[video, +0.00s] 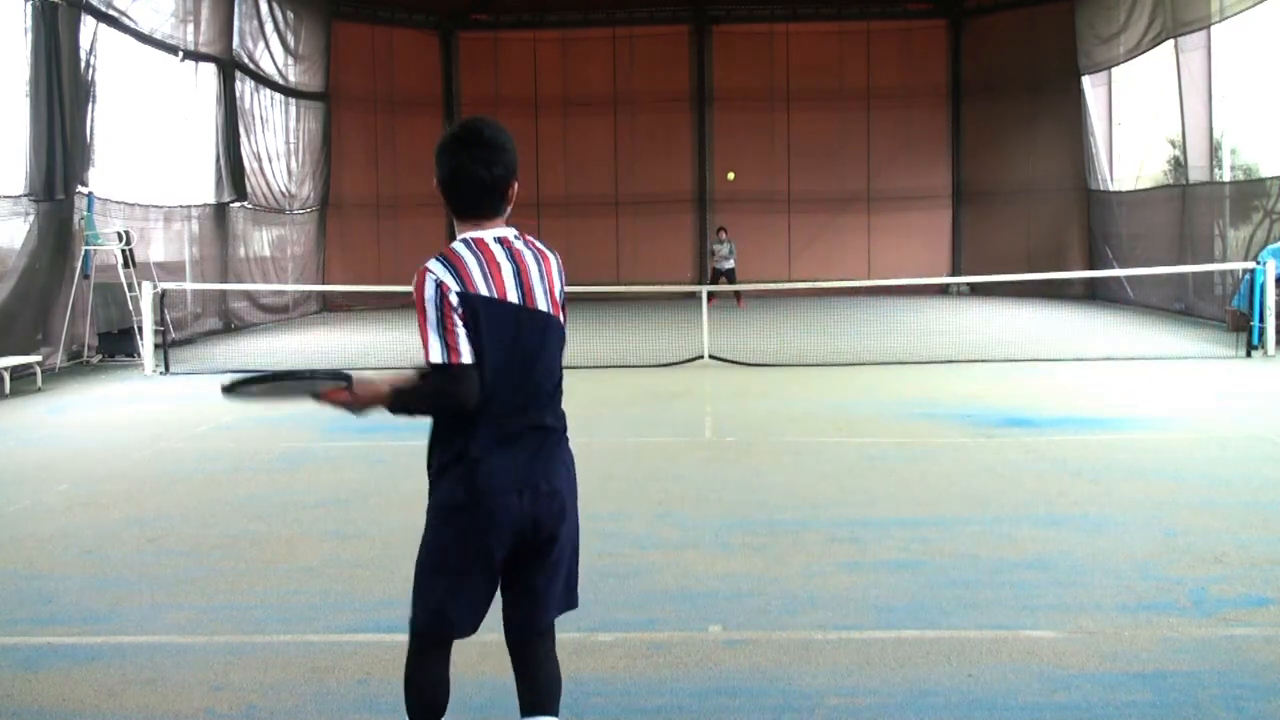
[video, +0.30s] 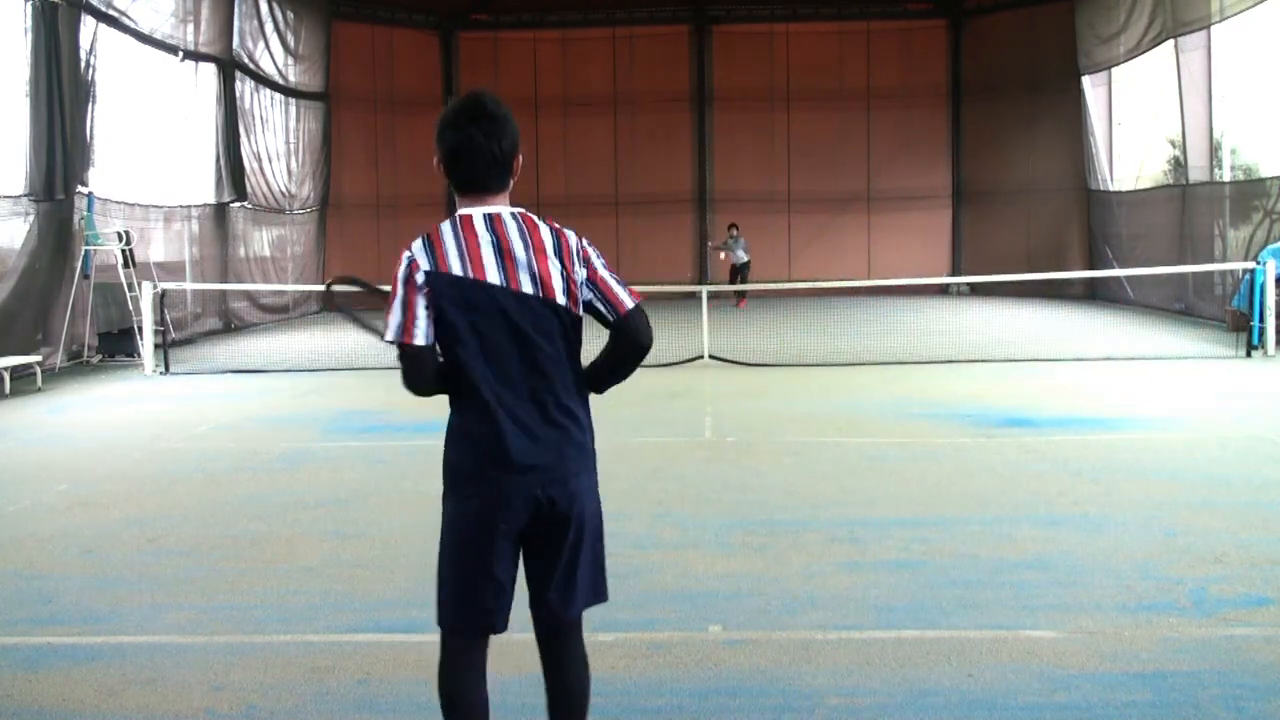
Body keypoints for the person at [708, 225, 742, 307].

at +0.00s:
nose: (722, 236)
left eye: (723, 234)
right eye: (720, 234)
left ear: (726, 235)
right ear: (717, 235)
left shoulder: (730, 244)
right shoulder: (714, 245)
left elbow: (732, 256)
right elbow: (712, 256)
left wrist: (721, 256)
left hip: (729, 267)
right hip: (717, 267)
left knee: (734, 284)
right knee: (712, 284)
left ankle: (739, 300)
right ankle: (710, 299)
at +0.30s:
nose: (733, 232)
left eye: (734, 230)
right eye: (731, 230)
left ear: (737, 231)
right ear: (728, 232)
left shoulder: (740, 240)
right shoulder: (728, 241)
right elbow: (722, 247)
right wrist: (713, 247)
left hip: (744, 262)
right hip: (735, 263)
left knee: (743, 281)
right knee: (732, 282)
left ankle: (743, 298)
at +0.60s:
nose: (740, 238)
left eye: (742, 235)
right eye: (738, 236)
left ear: (745, 236)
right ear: (736, 237)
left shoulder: (748, 244)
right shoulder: (740, 247)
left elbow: (736, 252)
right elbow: (738, 256)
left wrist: (726, 256)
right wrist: (730, 259)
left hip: (756, 266)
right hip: (747, 269)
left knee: (761, 283)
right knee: (745, 286)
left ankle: (776, 295)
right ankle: (753, 299)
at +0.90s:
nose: (754, 225)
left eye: (756, 223)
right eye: (752, 224)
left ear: (759, 224)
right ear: (750, 225)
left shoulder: (764, 232)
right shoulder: (749, 235)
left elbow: (767, 230)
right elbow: (746, 242)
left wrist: (764, 225)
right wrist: (744, 237)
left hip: (765, 255)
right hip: (754, 257)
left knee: (772, 276)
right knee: (752, 278)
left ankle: (778, 294)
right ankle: (751, 296)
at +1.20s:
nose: (771, 232)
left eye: (773, 230)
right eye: (770, 230)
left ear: (775, 232)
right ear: (767, 232)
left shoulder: (777, 242)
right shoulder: (765, 239)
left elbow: (785, 249)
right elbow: (762, 230)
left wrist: (794, 250)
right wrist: (768, 223)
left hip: (774, 264)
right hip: (765, 263)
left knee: (779, 282)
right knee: (757, 280)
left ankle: (778, 300)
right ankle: (745, 291)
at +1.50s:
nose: (768, 231)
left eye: (770, 229)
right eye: (766, 228)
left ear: (772, 231)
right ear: (764, 230)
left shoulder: (773, 241)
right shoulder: (761, 239)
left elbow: (774, 252)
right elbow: (757, 243)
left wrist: (775, 262)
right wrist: (763, 234)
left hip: (770, 262)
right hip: (761, 261)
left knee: (775, 281)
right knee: (761, 280)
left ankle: (778, 299)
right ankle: (757, 298)